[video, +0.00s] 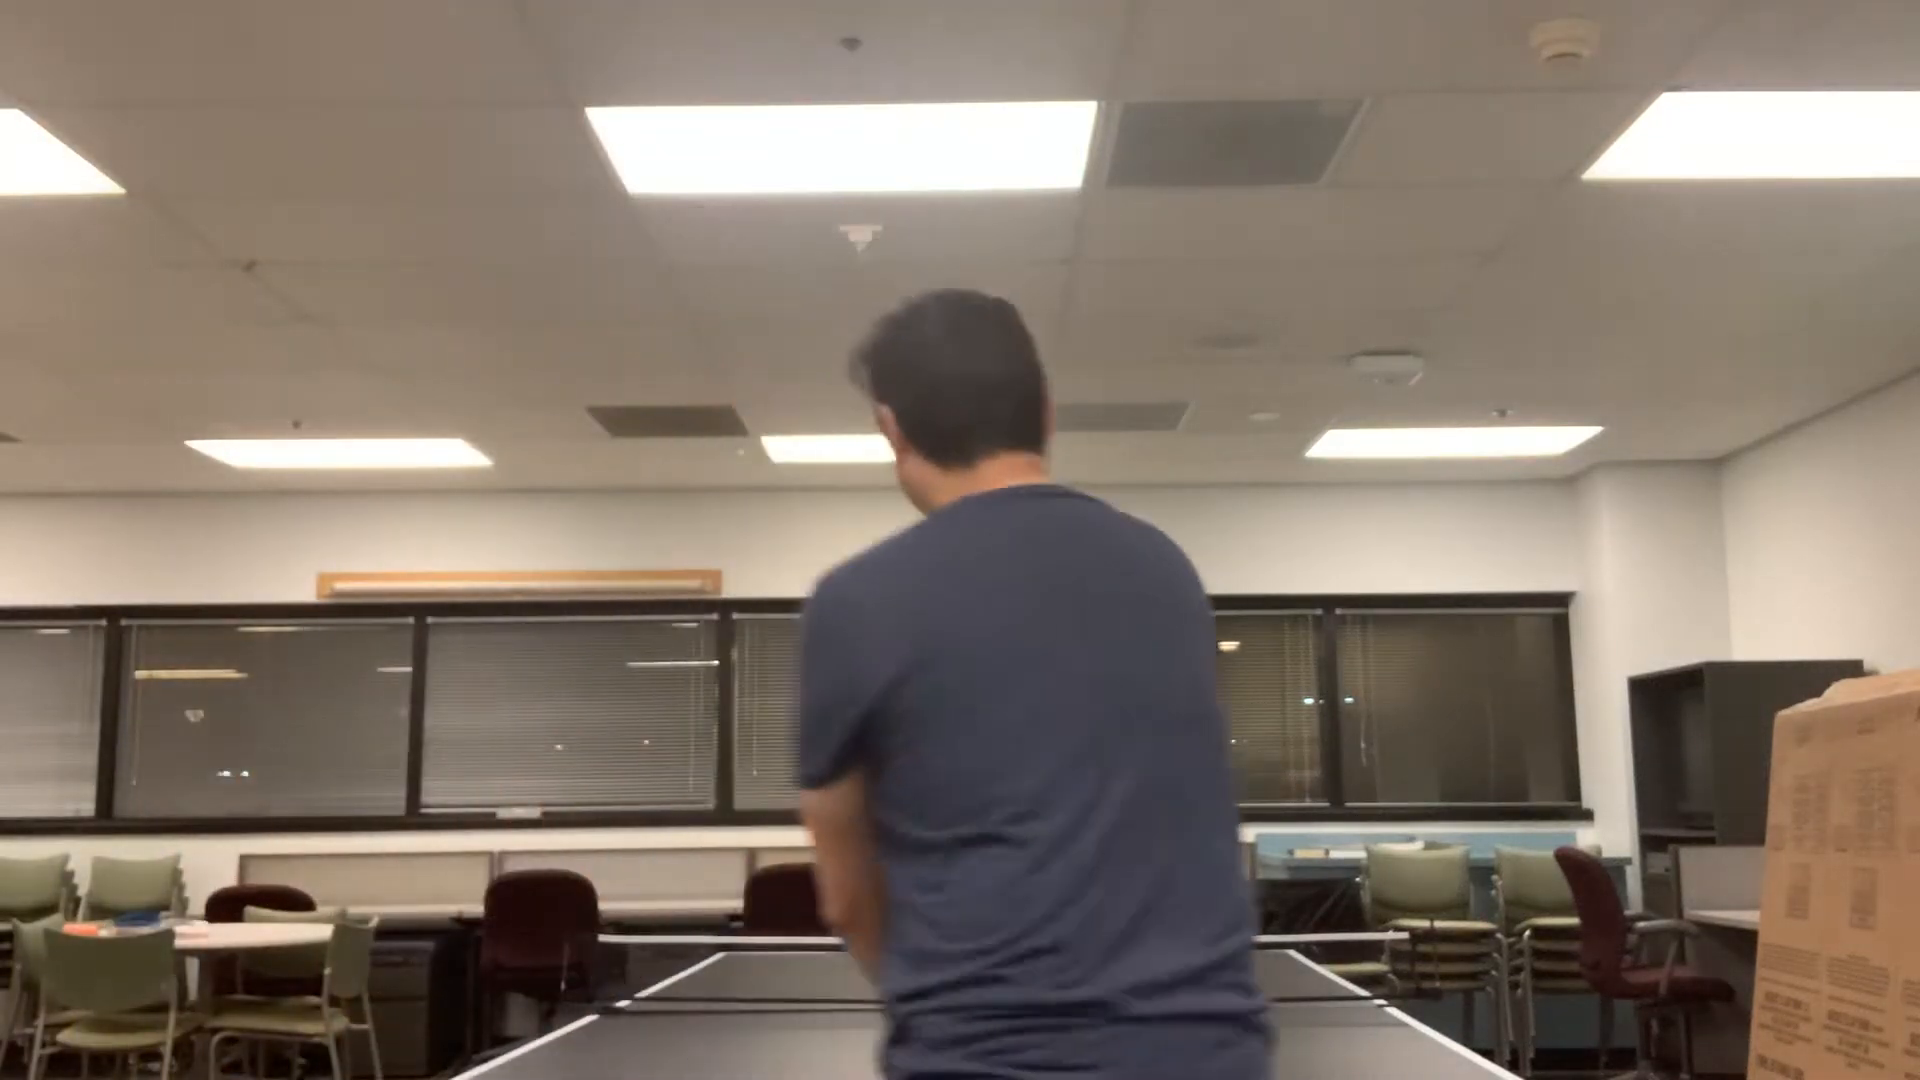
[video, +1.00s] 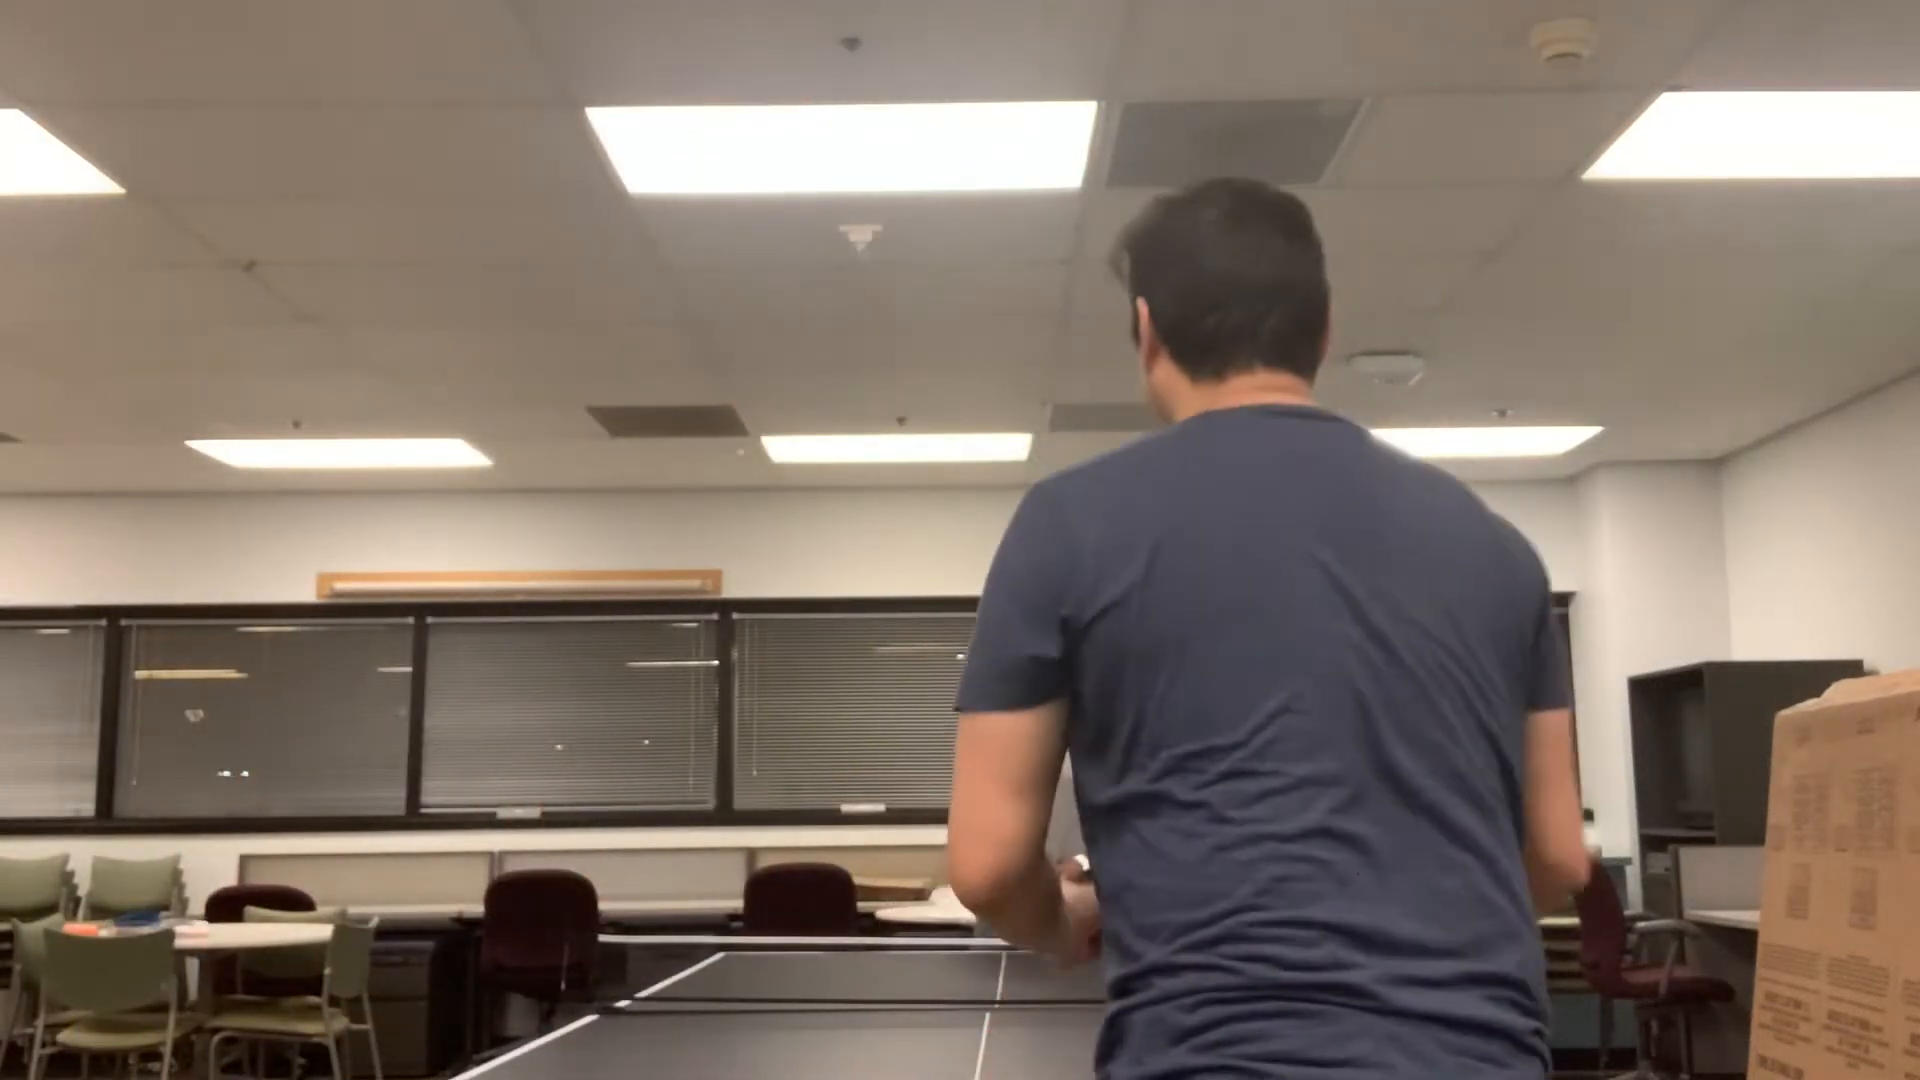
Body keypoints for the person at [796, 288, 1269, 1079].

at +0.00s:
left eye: (875, 427)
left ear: (893, 432)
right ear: (1047, 409)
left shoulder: (863, 601)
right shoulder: (1164, 566)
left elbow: (851, 902)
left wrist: (938, 1003)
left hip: (976, 1052)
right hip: (1204, 1044)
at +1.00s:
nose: (1134, 350)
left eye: (1130, 328)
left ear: (1146, 329)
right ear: (1324, 330)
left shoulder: (1076, 516)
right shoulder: (1490, 544)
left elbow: (988, 864)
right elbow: (1559, 857)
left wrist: (1064, 923)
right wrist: (1426, 895)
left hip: (1205, 1044)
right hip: (1474, 1048)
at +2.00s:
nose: (1337, 306)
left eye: (1330, 271)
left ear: (1354, 257)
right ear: (1549, 246)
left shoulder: (1312, 458)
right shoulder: (1711, 434)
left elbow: (1214, 792)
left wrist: (1321, 666)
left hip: (1504, 1049)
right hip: (1800, 1041)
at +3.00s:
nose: (1341, 507)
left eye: (1339, 469)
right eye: (1336, 475)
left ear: (1395, 449)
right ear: (1516, 440)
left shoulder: (1518, 586)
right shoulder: (1597, 569)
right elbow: (1355, 880)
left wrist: (1081, 856)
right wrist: (1091, 858)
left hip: (1775, 1055)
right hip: (1828, 1039)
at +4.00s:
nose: (1377, 363)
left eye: (1371, 331)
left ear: (1394, 318)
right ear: (1609, 314)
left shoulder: (1319, 521)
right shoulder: (1861, 485)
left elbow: (1208, 931)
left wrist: (1104, 921)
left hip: (1552, 1048)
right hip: (1883, 1040)